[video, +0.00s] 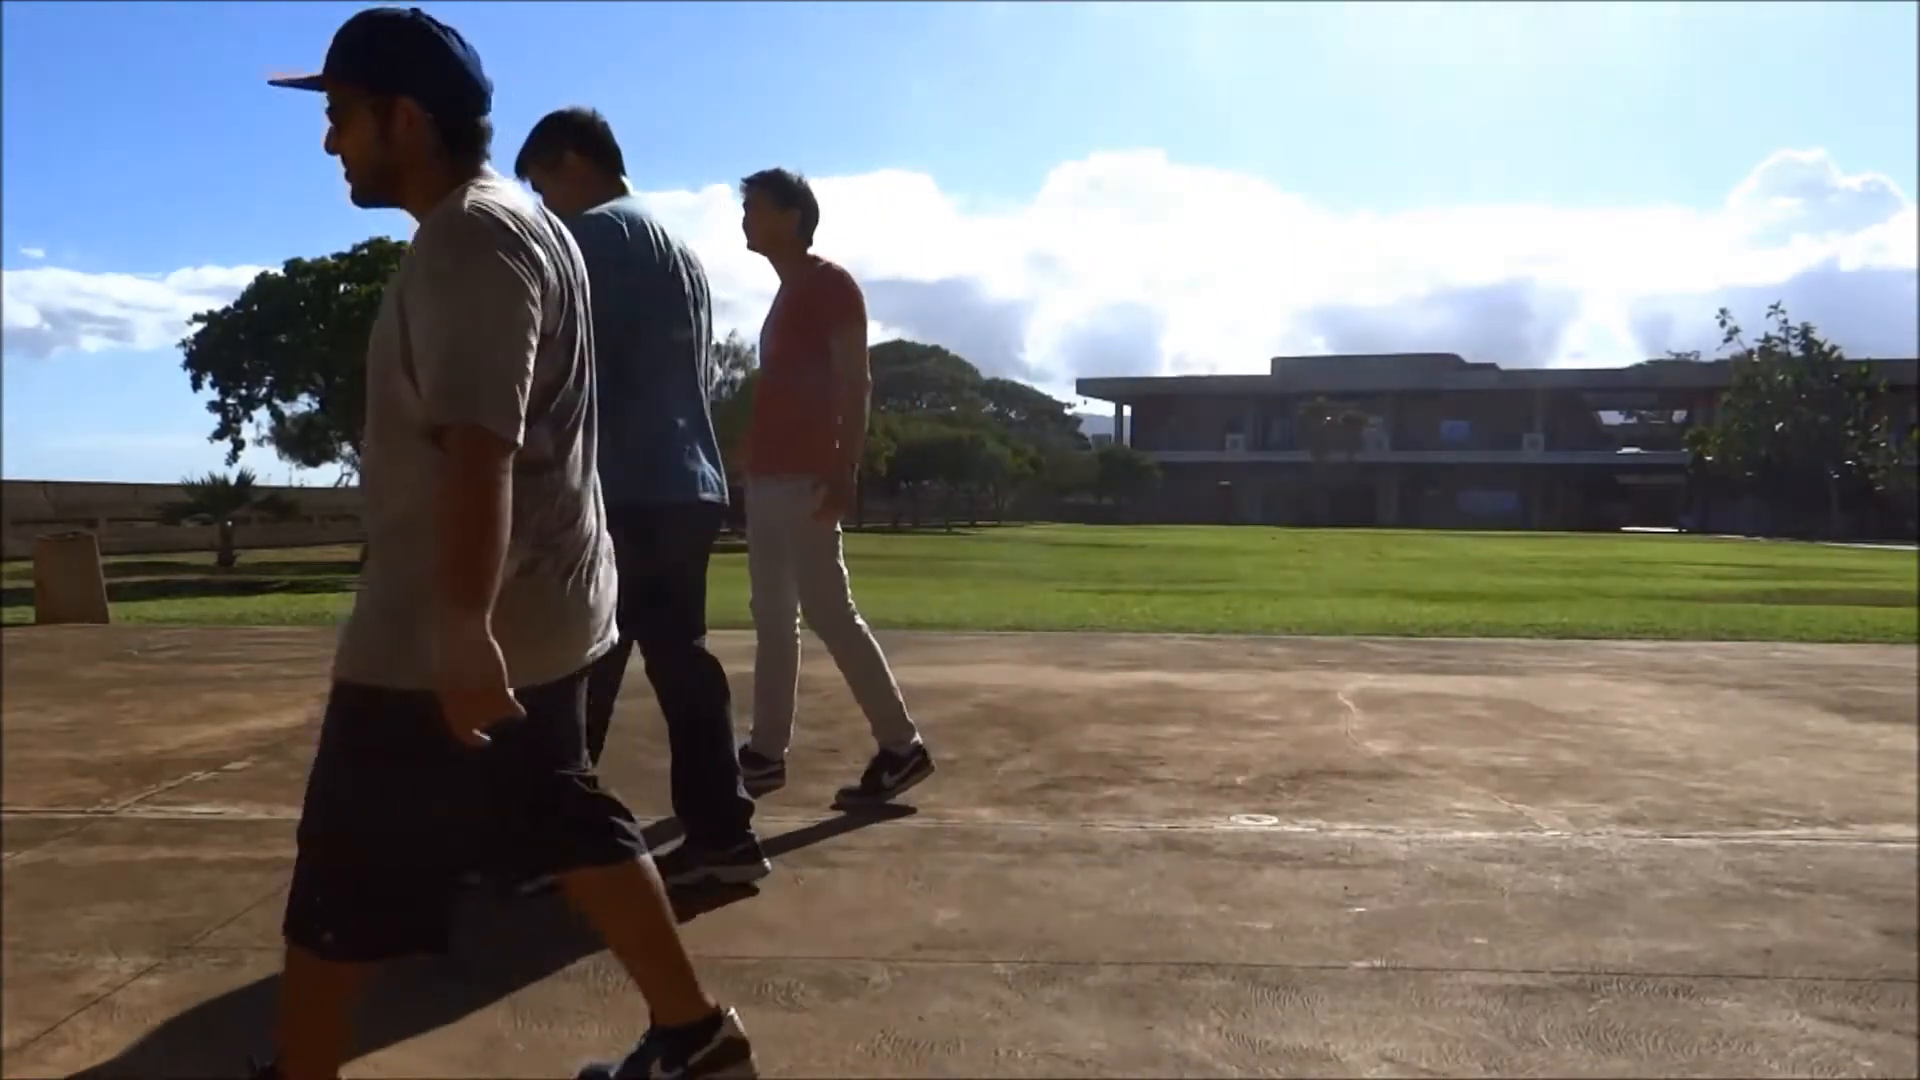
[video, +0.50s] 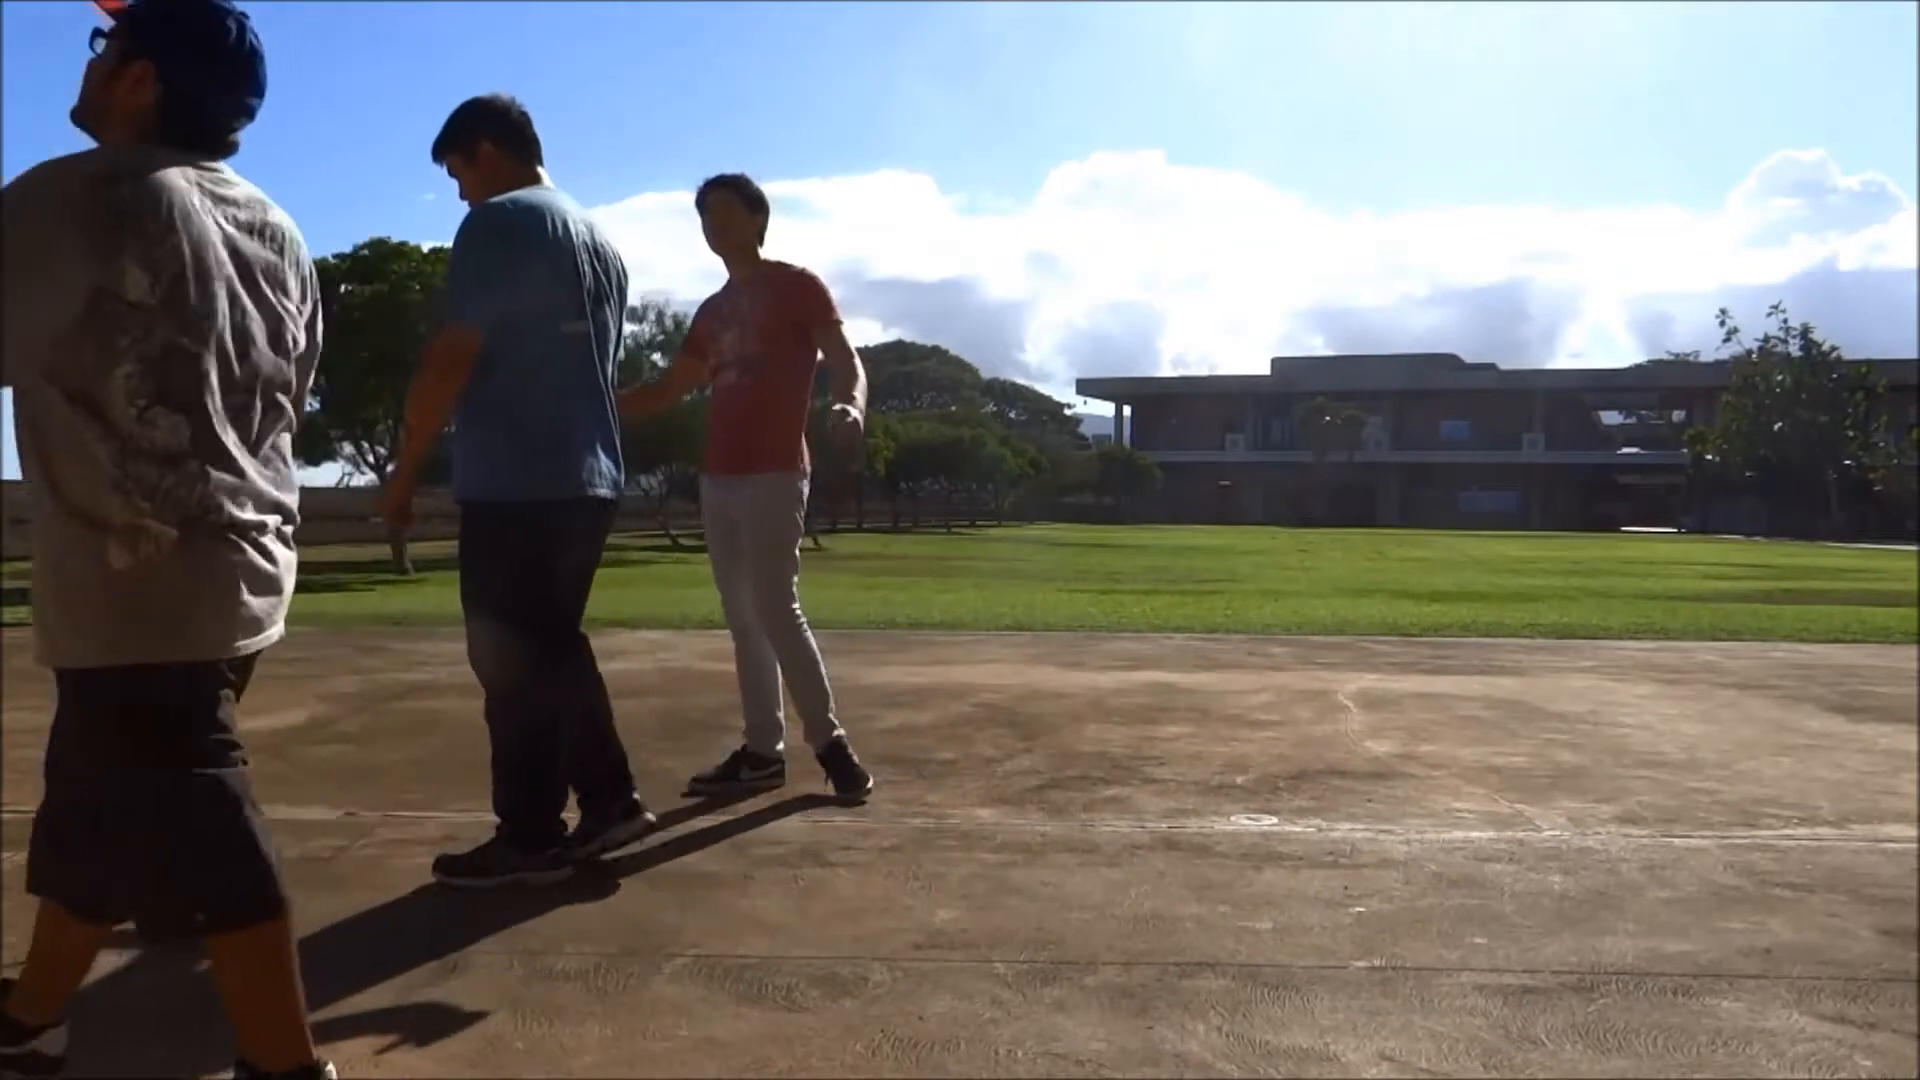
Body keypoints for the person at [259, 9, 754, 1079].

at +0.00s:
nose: (329, 142)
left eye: (341, 116)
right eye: (329, 118)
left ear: (407, 116)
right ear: (433, 119)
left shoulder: (467, 241)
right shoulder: (534, 230)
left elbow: (479, 445)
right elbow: (543, 437)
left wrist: (465, 625)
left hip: (423, 647)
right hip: (536, 622)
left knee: (336, 895)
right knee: (563, 811)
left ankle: (299, 1064)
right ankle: (690, 1025)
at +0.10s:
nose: (271, 90)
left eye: (286, 70)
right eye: (276, 70)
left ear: (344, 93)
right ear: (386, 100)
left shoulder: (371, 210)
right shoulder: (459, 206)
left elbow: (371, 427)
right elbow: (469, 414)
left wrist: (333, 615)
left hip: (354, 623)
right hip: (449, 608)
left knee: (285, 902)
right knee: (410, 816)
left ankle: (296, 1069)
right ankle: (601, 969)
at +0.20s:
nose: (227, 59)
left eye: (239, 39)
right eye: (235, 37)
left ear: (287, 64)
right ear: (348, 72)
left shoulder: (289, 153)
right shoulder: (415, 182)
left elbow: (272, 363)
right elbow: (441, 369)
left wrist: (199, 537)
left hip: (311, 562)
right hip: (404, 556)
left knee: (256, 815)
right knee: (311, 773)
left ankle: (296, 1062)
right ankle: (453, 946)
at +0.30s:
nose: (189, 27)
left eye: (204, 16)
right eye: (201, 13)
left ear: (233, 48)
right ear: (320, 66)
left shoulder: (227, 171)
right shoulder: (374, 195)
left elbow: (154, 362)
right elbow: (401, 361)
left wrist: (35, 495)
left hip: (255, 562)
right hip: (344, 554)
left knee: (261, 816)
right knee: (254, 785)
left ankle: (300, 1065)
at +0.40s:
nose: (137, 55)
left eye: (154, 37)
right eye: (151, 34)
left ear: (188, 65)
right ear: (264, 83)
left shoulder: (143, 199)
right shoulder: (315, 214)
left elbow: (21, 391)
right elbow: (341, 391)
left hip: (193, 587)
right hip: (298, 571)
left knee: (260, 840)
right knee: (138, 801)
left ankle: (294, 1064)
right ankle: (101, 1017)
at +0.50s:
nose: (88, 76)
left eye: (104, 56)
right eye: (99, 53)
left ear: (138, 81)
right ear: (214, 101)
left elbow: (6, 339)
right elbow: (286, 400)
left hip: (124, 585)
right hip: (246, 574)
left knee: (205, 820)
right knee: (96, 803)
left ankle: (290, 1064)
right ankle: (29, 1020)